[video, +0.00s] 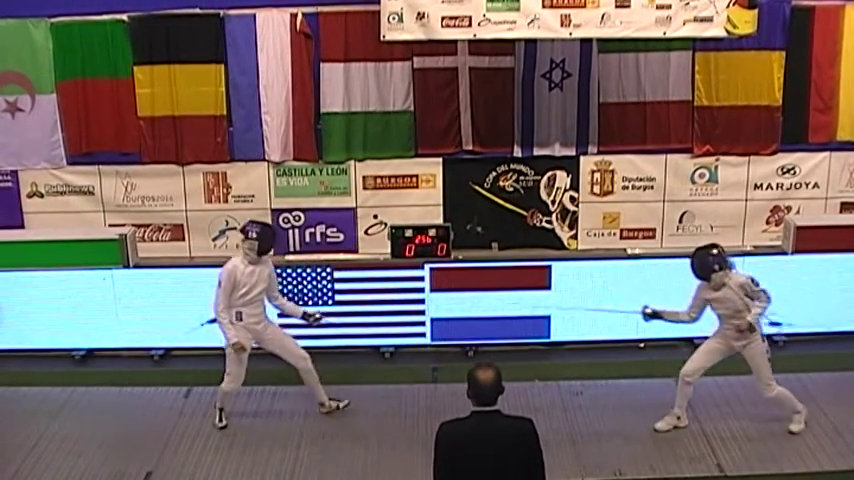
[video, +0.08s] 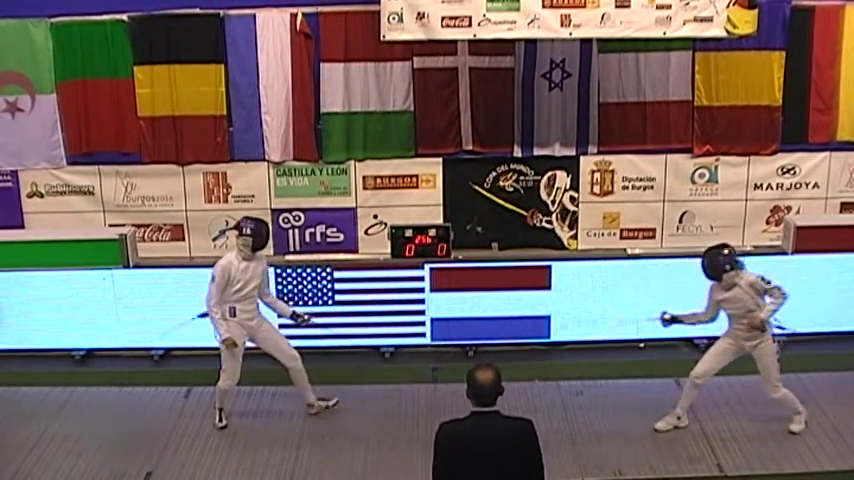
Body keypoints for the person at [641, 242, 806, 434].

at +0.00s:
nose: (713, 280)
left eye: (713, 275)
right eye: (710, 276)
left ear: (720, 269)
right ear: (707, 274)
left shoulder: (740, 281)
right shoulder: (704, 289)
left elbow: (763, 299)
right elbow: (691, 316)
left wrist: (751, 320)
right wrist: (659, 315)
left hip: (751, 339)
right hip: (723, 338)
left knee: (769, 390)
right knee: (687, 374)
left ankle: (799, 411)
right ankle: (678, 415)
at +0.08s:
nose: (721, 281)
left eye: (722, 276)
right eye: (718, 278)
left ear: (729, 268)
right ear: (715, 274)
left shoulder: (750, 281)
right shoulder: (716, 290)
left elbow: (779, 295)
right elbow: (708, 317)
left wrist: (764, 316)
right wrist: (676, 319)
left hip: (761, 340)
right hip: (733, 339)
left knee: (774, 391)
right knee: (696, 376)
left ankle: (800, 413)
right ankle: (679, 416)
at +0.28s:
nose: (736, 264)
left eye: (737, 259)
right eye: (733, 260)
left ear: (746, 251)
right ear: (731, 258)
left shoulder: (764, 259)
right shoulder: (731, 270)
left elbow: (801, 266)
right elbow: (729, 296)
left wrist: (788, 293)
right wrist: (700, 312)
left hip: (775, 321)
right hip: (750, 321)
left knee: (784, 373)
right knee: (724, 368)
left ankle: (798, 413)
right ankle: (720, 412)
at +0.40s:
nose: (741, 269)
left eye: (743, 264)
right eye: (738, 265)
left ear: (752, 256)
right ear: (735, 262)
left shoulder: (770, 269)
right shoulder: (735, 276)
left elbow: (801, 284)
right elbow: (738, 304)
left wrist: (784, 306)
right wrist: (709, 320)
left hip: (780, 330)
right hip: (755, 331)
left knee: (784, 377)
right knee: (739, 375)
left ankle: (795, 414)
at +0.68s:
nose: (737, 263)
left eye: (738, 258)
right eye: (733, 259)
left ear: (742, 252)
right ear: (727, 257)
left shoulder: (758, 266)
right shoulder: (724, 272)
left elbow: (790, 281)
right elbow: (723, 301)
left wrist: (772, 300)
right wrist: (692, 313)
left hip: (767, 325)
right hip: (741, 325)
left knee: (781, 373)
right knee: (710, 366)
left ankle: (795, 414)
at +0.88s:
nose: (708, 271)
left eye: (708, 266)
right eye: (705, 267)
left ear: (715, 262)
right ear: (702, 266)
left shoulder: (733, 279)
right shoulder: (698, 284)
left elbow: (759, 299)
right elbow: (682, 309)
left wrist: (741, 317)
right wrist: (650, 308)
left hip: (741, 337)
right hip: (715, 336)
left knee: (765, 380)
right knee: (678, 371)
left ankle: (794, 412)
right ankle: (665, 415)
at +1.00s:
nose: (692, 265)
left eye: (694, 260)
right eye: (689, 262)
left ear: (703, 254)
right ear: (687, 259)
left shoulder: (721, 269)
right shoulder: (685, 274)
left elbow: (748, 289)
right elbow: (669, 300)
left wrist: (728, 305)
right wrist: (637, 297)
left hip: (728, 330)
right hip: (702, 329)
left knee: (748, 379)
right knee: (674, 372)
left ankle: (780, 406)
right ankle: (665, 416)